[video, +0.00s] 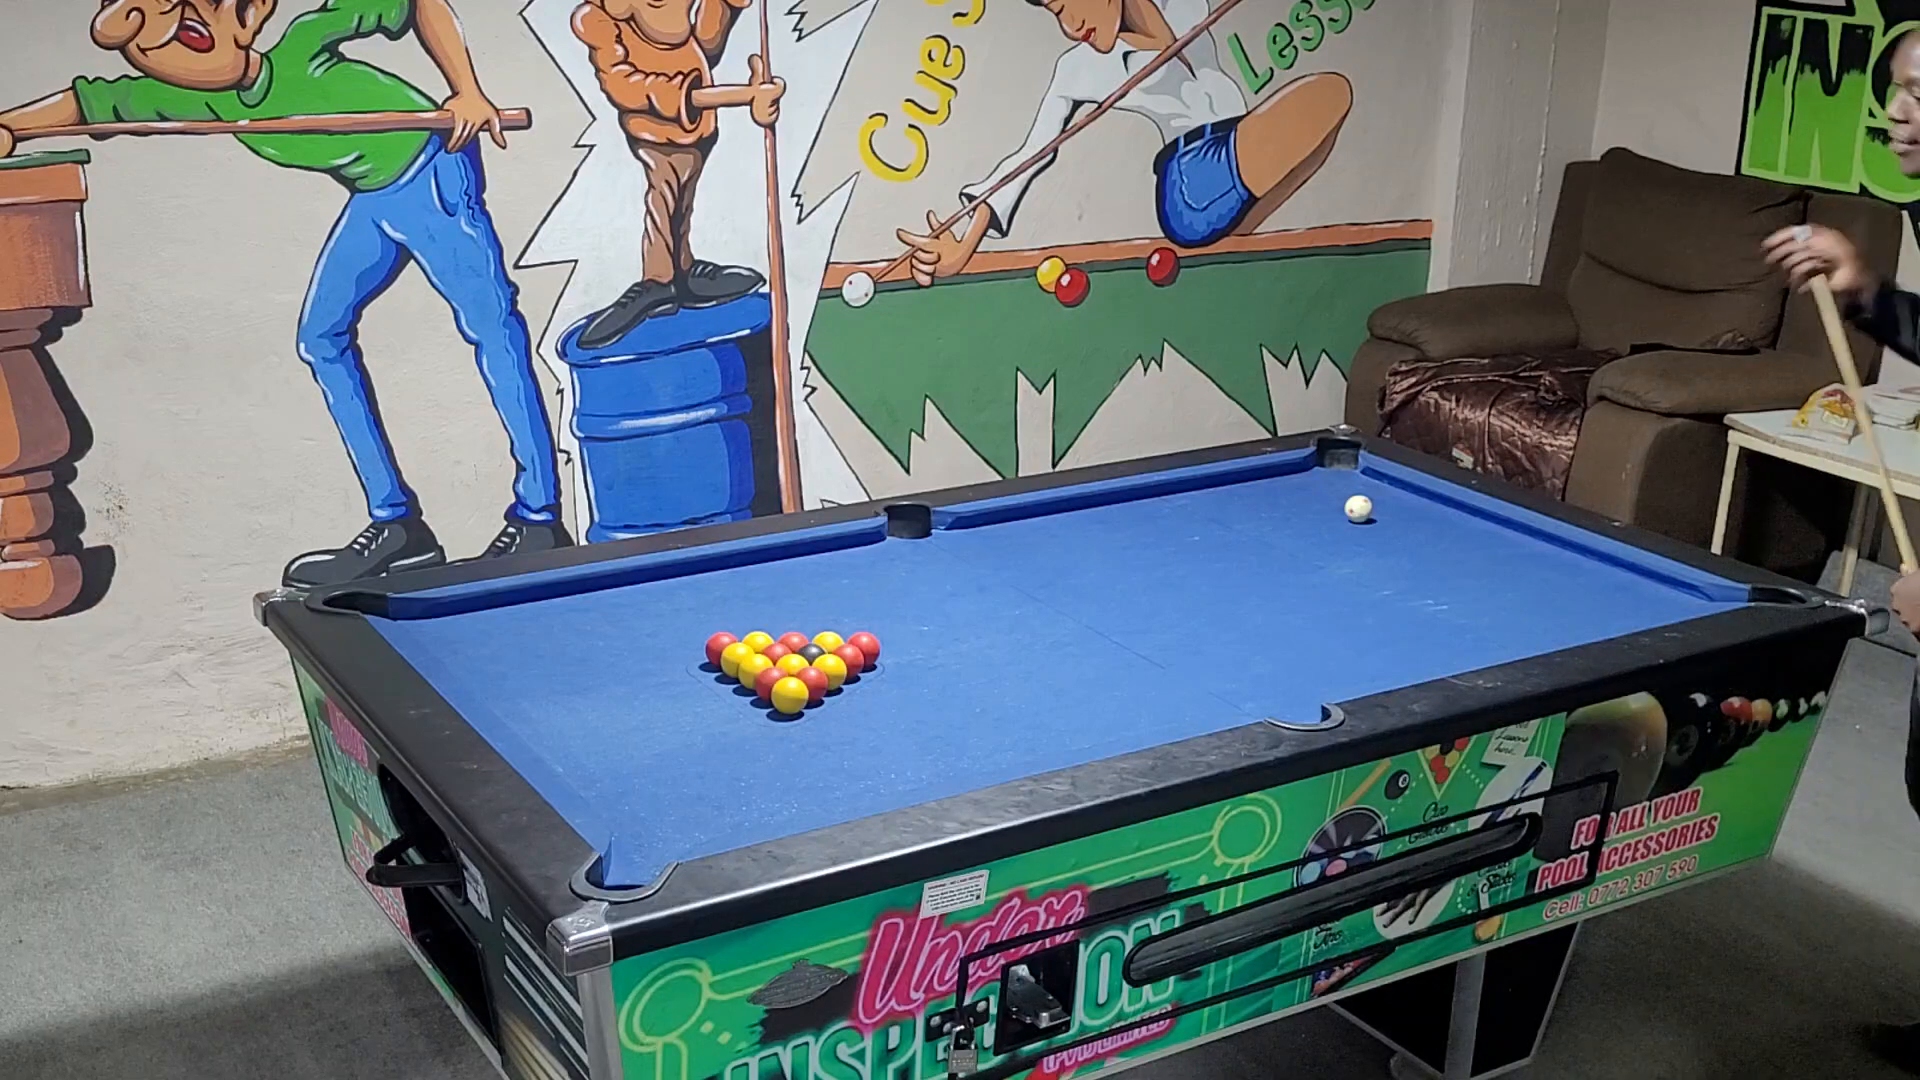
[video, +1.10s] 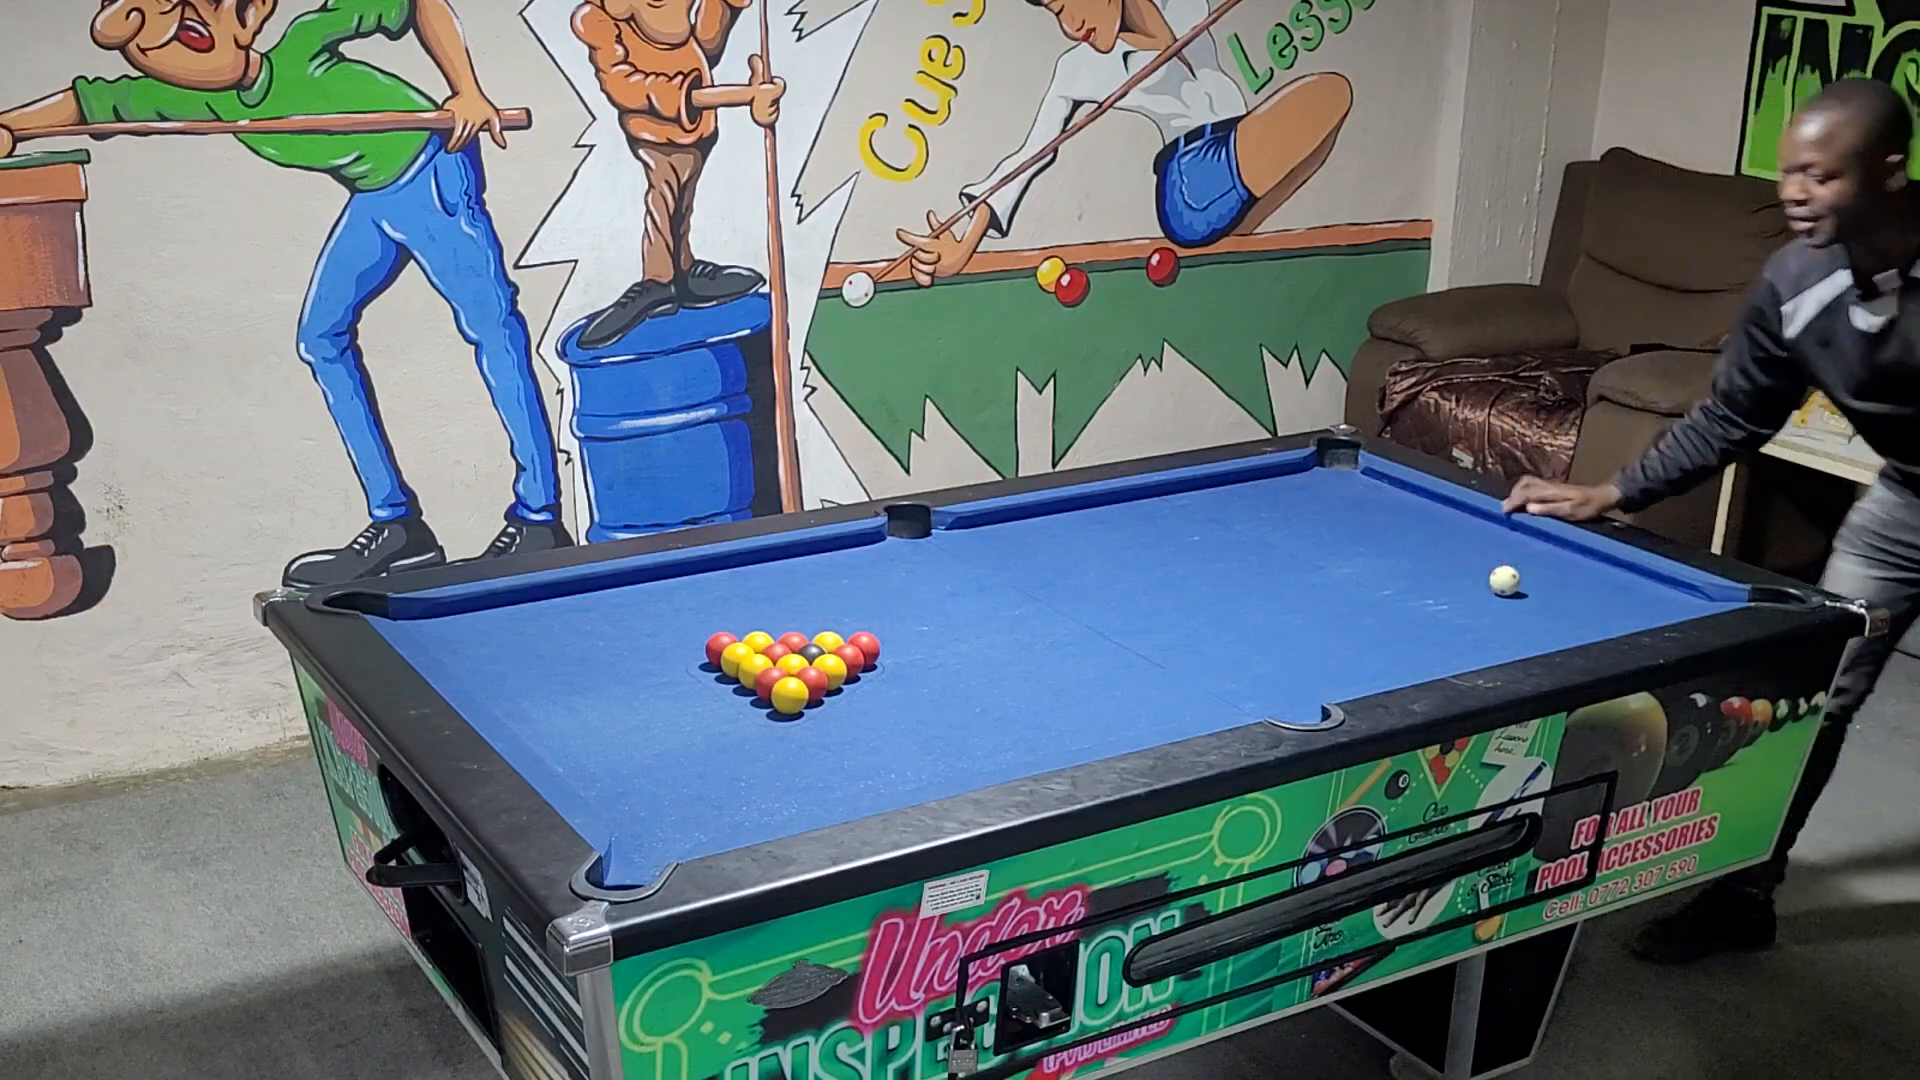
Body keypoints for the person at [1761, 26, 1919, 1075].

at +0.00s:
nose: (1895, 114)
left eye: (1907, 93)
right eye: (1893, 92)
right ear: (1892, 102)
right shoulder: (1908, 223)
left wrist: (1919, 564)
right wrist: (1866, 290)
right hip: (1919, 563)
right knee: (1919, 780)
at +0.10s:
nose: (1858, 103)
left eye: (1880, 83)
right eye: (1858, 80)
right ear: (1871, 88)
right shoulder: (1911, 226)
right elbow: (1904, 327)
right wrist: (1778, 331)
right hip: (1916, 542)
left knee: (1887, 698)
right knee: (1881, 691)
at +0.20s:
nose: (1803, 112)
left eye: (1824, 93)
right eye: (1805, 91)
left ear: (1900, 104)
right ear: (1877, 107)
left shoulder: (1915, 230)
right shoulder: (1855, 211)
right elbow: (1809, 322)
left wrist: (1919, 582)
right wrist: (1668, 390)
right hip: (1915, 510)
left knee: (1896, 702)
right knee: (1872, 681)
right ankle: (1825, 893)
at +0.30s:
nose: (1738, 158)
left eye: (1755, 136)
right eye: (1740, 135)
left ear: (1833, 137)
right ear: (1812, 139)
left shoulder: (1914, 232)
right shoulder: (1780, 238)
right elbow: (1678, 343)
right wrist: (1537, 429)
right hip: (1905, 506)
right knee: (1833, 705)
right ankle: (1749, 888)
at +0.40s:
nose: (1674, 204)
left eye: (1693, 183)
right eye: (1675, 183)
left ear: (1771, 182)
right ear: (1749, 187)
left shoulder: (1900, 242)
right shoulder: (1706, 291)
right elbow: (1588, 387)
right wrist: (1437, 461)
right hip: (1887, 514)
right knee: (1783, 692)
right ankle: (1742, 891)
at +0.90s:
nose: (1690, 213)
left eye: (1712, 190)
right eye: (1681, 193)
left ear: (1782, 179)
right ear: (1678, 192)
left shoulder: (1903, 229)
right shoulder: (1702, 298)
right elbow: (1644, 423)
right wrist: (1539, 508)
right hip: (1854, 491)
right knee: (1769, 677)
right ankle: (1741, 887)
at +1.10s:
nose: (1791, 194)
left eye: (1816, 174)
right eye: (1785, 174)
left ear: (1888, 171)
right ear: (1781, 174)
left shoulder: (1919, 260)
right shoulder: (1794, 287)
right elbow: (1729, 415)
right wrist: (1612, 493)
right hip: (1908, 489)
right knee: (1819, 679)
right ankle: (1744, 889)